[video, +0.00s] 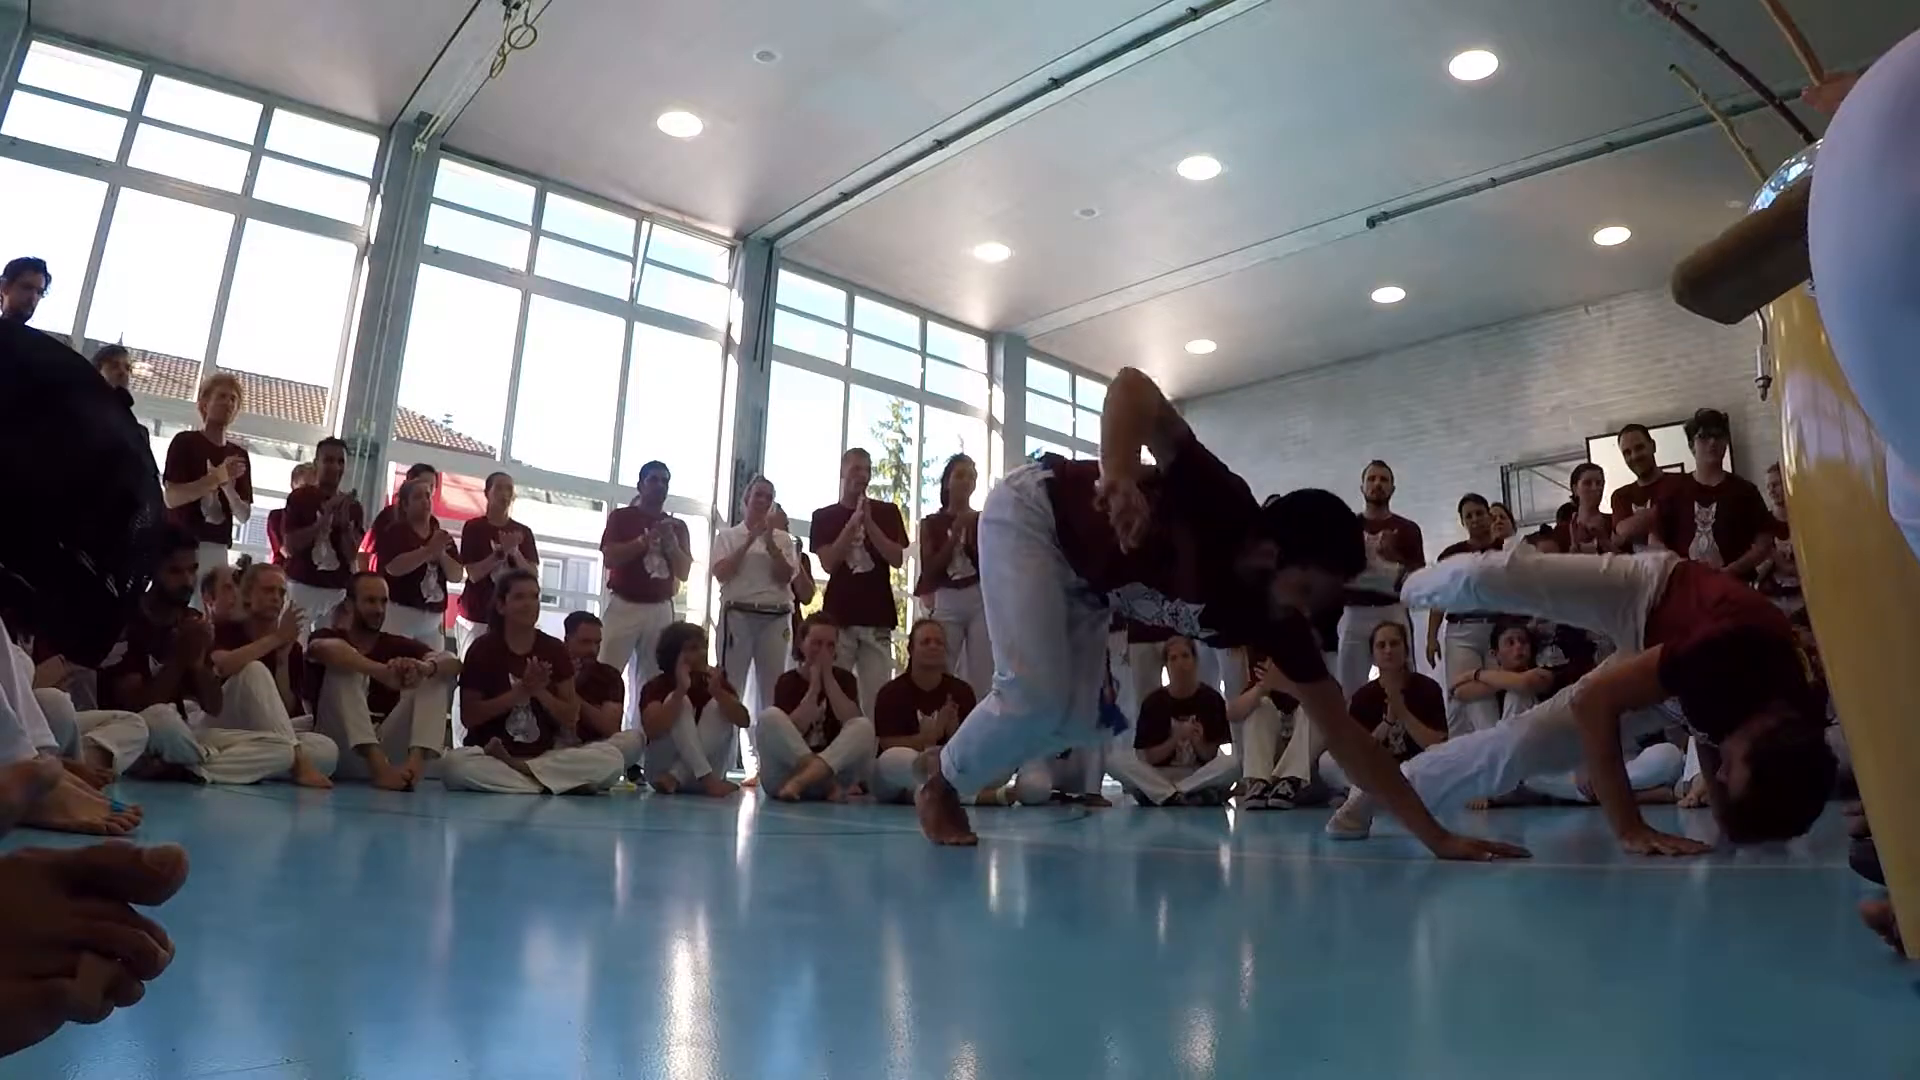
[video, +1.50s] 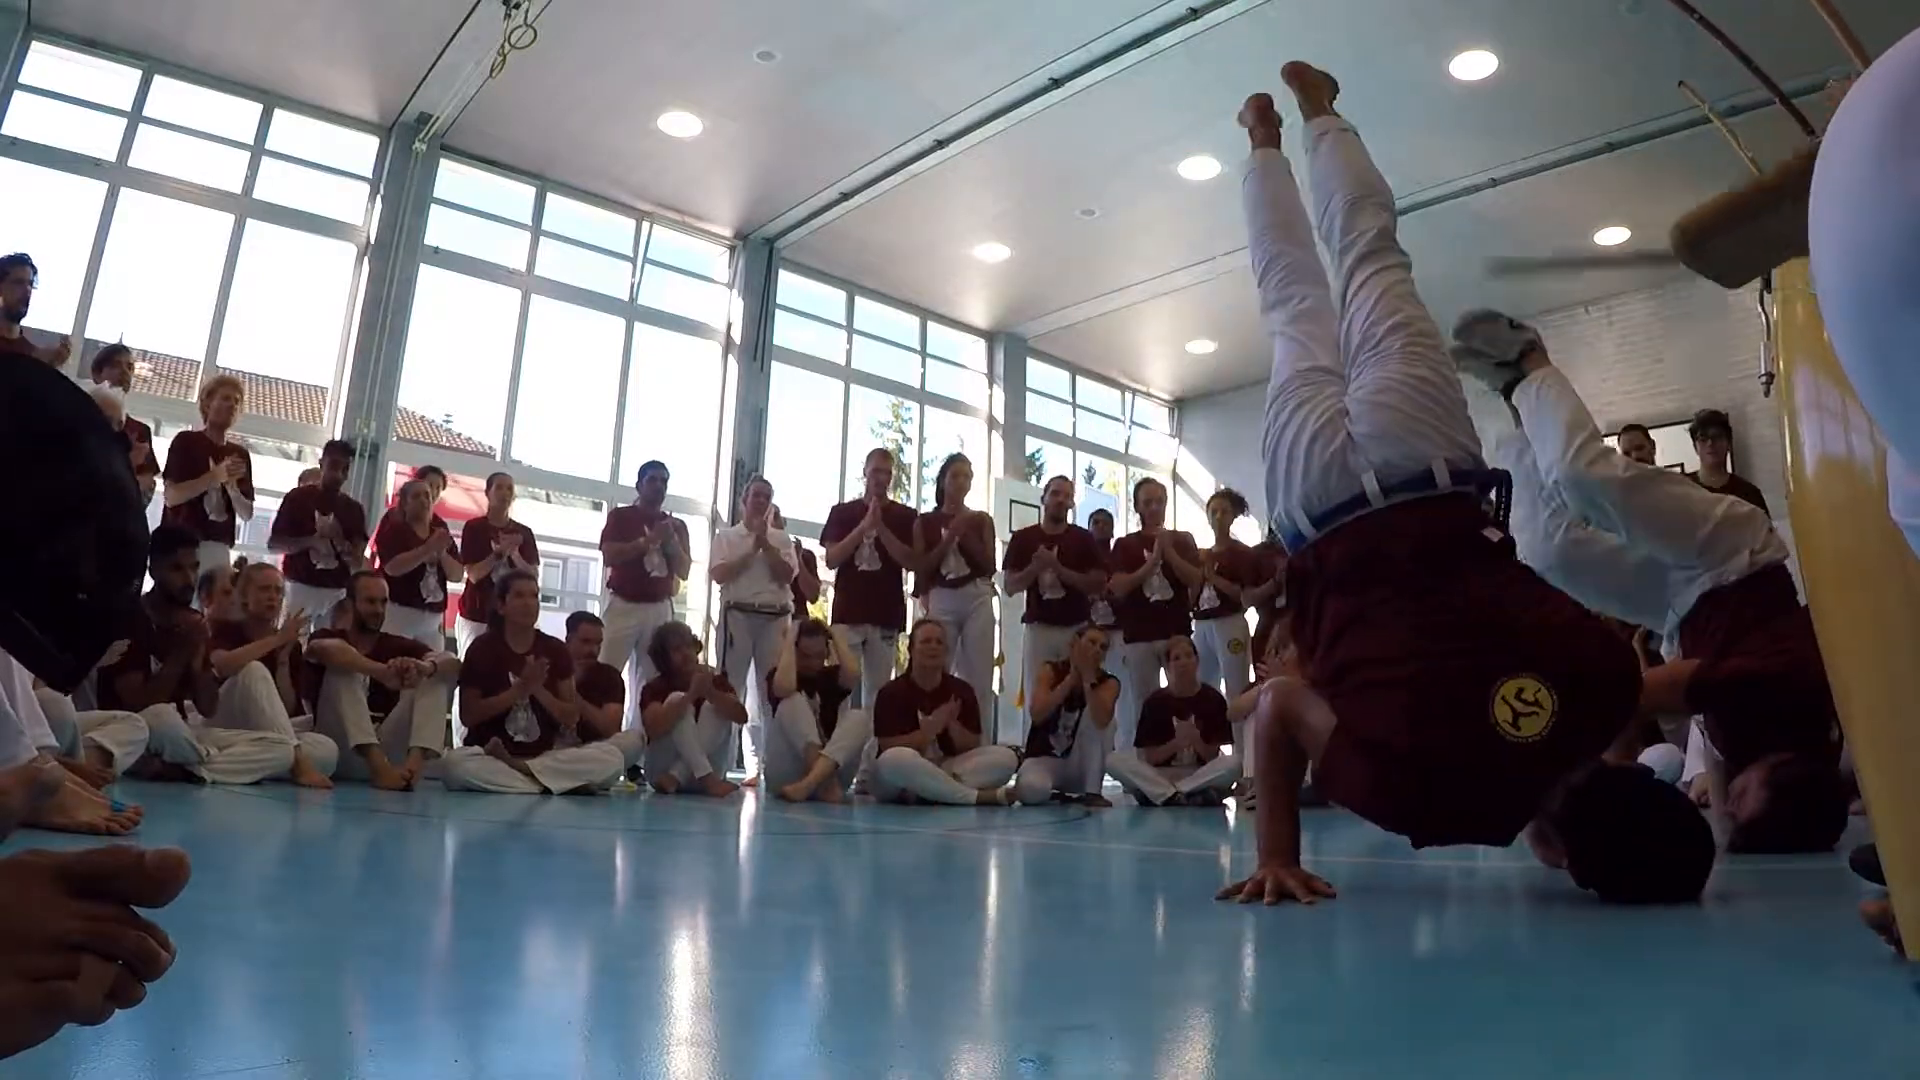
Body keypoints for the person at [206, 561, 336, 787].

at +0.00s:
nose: (276, 598)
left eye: (281, 592)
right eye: (268, 590)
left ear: (286, 598)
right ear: (247, 594)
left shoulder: (292, 648)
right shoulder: (226, 631)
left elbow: (290, 710)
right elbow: (222, 666)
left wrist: (283, 659)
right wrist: (278, 638)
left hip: (271, 733)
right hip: (225, 725)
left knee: (327, 751)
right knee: (254, 670)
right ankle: (299, 762)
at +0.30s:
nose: (276, 598)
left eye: (281, 593)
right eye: (268, 591)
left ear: (286, 599)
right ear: (247, 595)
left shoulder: (292, 647)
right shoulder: (225, 630)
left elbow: (290, 709)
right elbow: (222, 666)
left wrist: (281, 662)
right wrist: (279, 638)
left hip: (271, 733)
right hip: (224, 725)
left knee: (327, 751)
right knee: (254, 670)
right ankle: (299, 761)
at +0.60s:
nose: (275, 598)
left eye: (280, 592)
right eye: (267, 590)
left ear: (285, 598)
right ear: (247, 595)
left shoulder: (291, 646)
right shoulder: (229, 630)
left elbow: (291, 711)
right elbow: (222, 665)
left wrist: (283, 662)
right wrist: (281, 639)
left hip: (271, 734)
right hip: (224, 725)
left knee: (327, 751)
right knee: (254, 671)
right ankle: (299, 762)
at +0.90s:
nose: (273, 597)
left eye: (278, 591)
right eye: (264, 590)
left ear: (283, 597)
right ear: (245, 594)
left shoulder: (284, 641)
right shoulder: (228, 631)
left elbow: (288, 707)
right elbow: (219, 667)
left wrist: (290, 659)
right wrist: (270, 639)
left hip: (269, 731)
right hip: (224, 723)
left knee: (326, 751)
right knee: (254, 671)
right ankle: (298, 762)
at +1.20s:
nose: (272, 597)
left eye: (277, 590)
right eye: (263, 589)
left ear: (283, 597)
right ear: (245, 594)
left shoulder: (288, 644)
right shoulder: (225, 630)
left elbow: (288, 708)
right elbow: (221, 666)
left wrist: (286, 655)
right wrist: (274, 637)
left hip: (271, 732)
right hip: (225, 724)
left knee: (326, 751)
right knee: (253, 671)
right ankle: (298, 761)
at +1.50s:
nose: (273, 597)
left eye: (278, 590)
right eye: (264, 589)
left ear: (283, 597)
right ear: (245, 595)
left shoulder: (290, 644)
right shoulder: (224, 630)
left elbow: (290, 709)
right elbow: (221, 665)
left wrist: (283, 662)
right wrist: (281, 638)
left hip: (270, 733)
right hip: (224, 725)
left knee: (326, 751)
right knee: (253, 671)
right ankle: (299, 762)